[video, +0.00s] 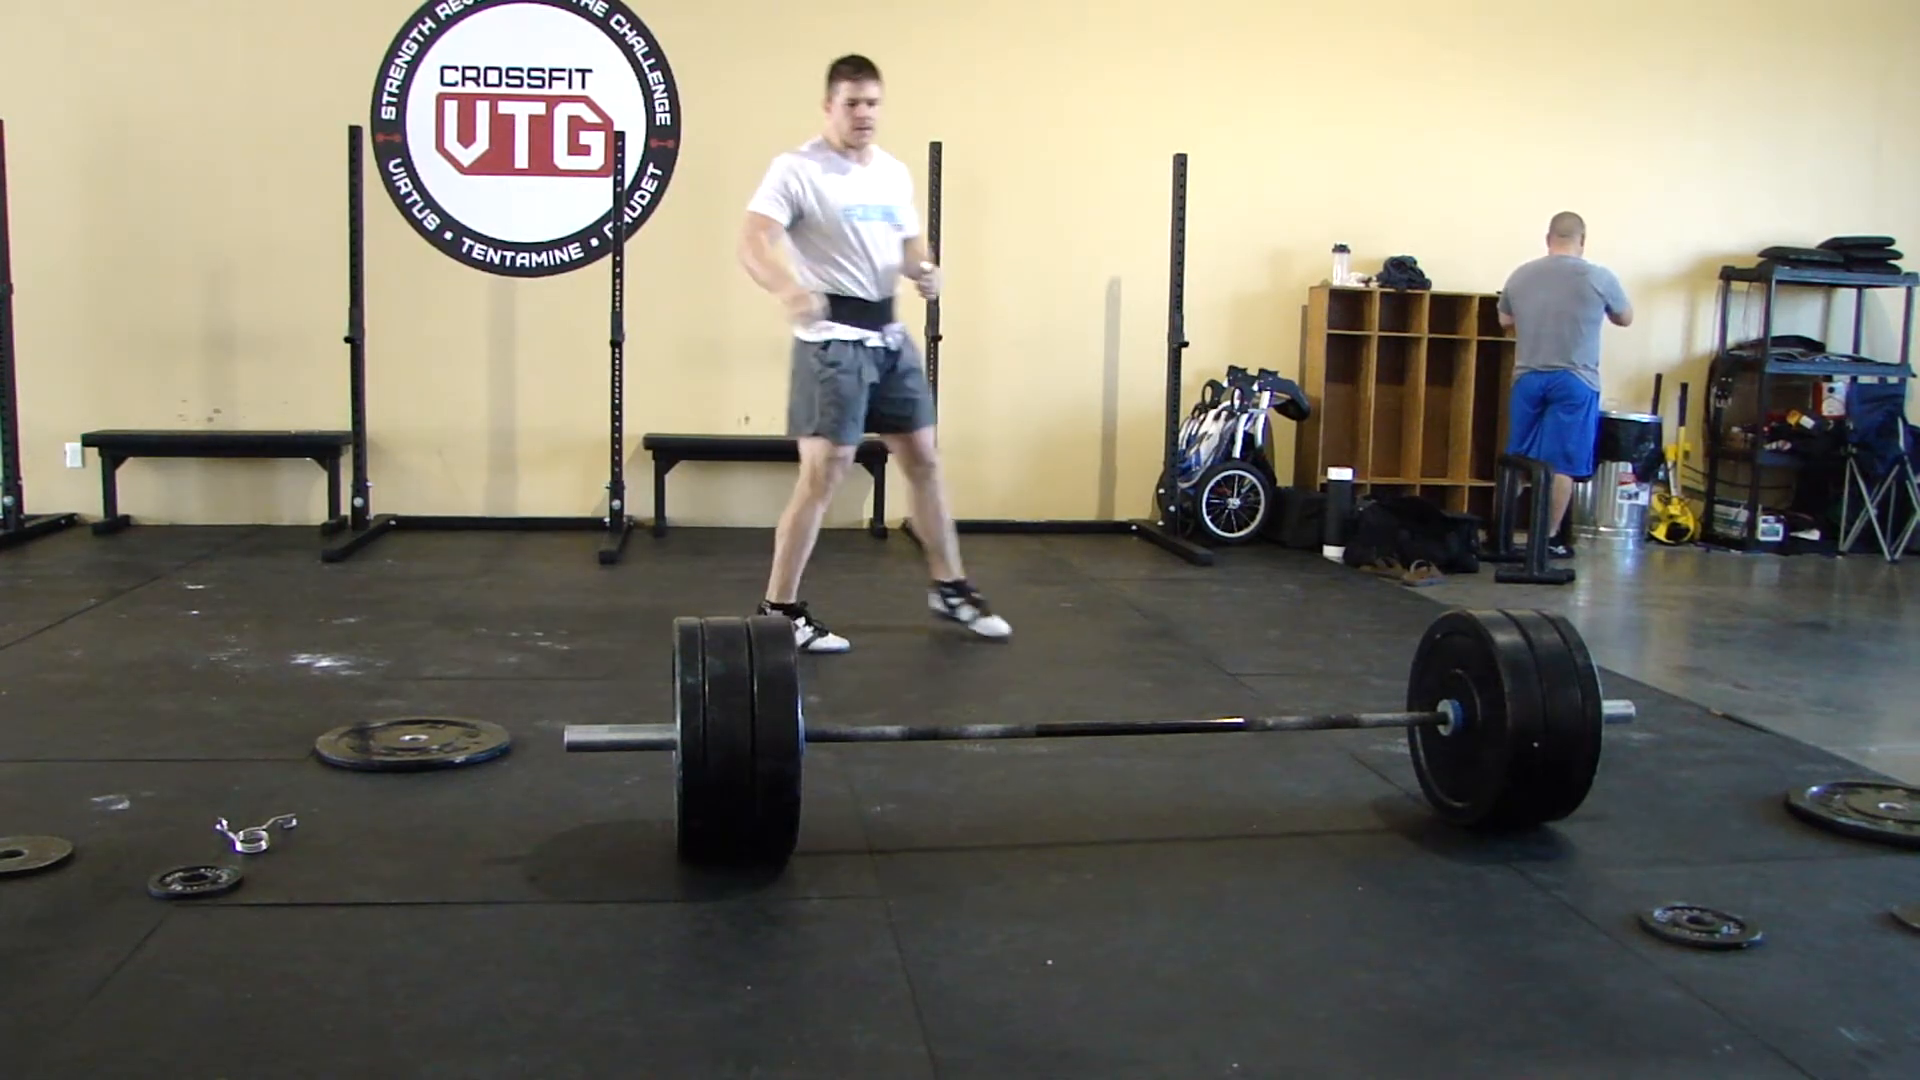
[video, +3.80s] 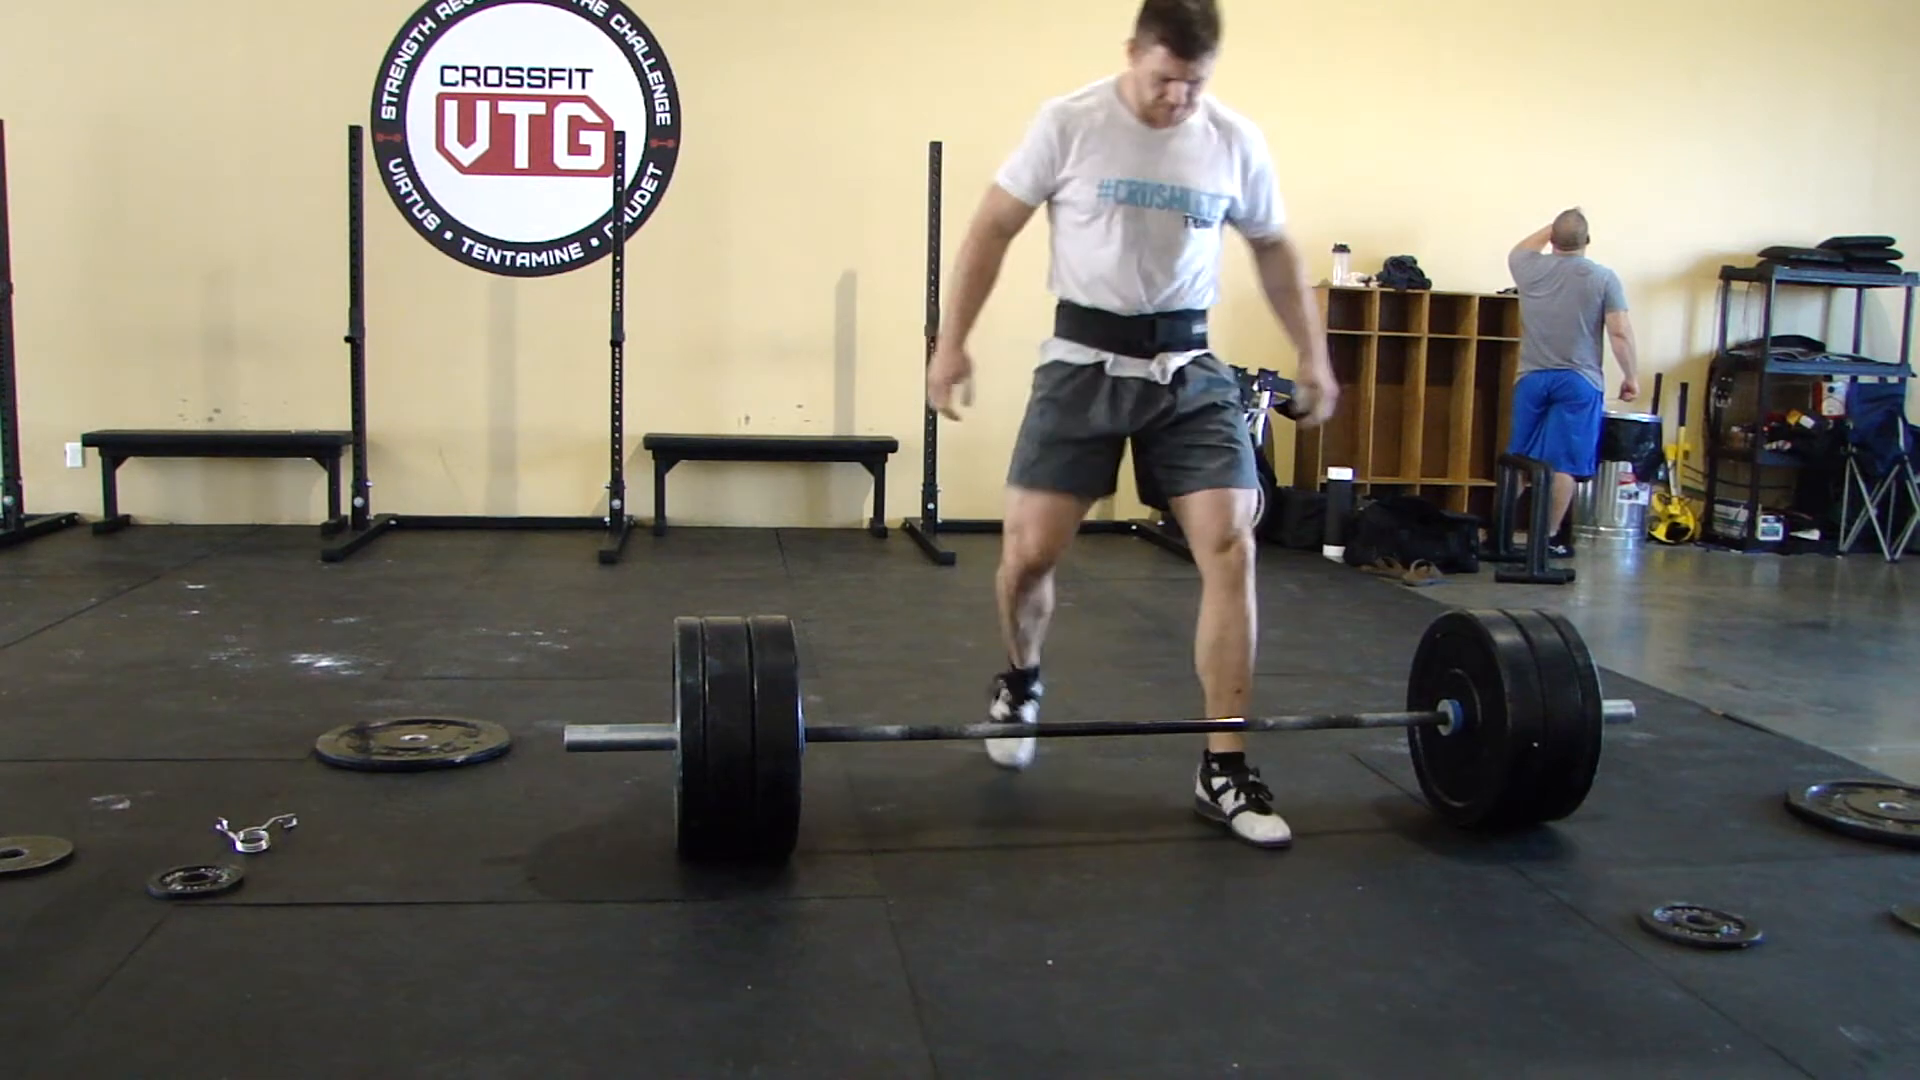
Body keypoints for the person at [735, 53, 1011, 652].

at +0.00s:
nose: (864, 114)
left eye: (872, 104)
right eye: (852, 103)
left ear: (882, 108)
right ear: (826, 106)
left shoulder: (893, 173)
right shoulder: (796, 170)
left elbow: (911, 248)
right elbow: (752, 243)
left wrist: (924, 271)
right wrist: (790, 291)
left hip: (890, 337)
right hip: (831, 337)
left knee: (923, 460)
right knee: (823, 473)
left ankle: (951, 590)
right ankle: (780, 611)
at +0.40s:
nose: (950, 107)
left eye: (959, 99)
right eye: (940, 99)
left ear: (974, 111)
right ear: (921, 109)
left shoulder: (996, 177)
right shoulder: (887, 169)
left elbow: (1024, 239)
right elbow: (843, 247)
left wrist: (1036, 279)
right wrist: (817, 325)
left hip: (972, 341)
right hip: (906, 341)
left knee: (974, 471)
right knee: (885, 467)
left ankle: (969, 599)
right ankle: (859, 596)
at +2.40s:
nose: (965, 129)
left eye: (975, 118)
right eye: (954, 117)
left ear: (988, 122)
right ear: (931, 117)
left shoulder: (1009, 189)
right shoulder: (891, 184)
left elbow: (1036, 264)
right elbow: (847, 259)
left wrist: (1057, 341)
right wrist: (839, 339)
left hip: (985, 357)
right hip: (911, 359)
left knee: (1010, 476)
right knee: (905, 483)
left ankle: (1024, 623)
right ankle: (899, 600)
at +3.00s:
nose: (1046, 101)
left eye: (1059, 88)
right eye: (1035, 87)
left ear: (1076, 89)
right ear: (1011, 84)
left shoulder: (1104, 163)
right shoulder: (965, 151)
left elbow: (1151, 238)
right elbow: (911, 231)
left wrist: (1182, 303)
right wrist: (879, 325)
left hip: (1064, 356)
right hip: (989, 351)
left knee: (1044, 507)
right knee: (989, 499)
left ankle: (1027, 642)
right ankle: (981, 668)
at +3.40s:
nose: (1077, 79)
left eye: (1089, 65)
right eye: (1064, 64)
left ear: (1105, 56)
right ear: (1031, 49)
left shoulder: (1129, 130)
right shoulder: (977, 125)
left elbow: (1157, 228)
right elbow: (917, 214)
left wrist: (1180, 328)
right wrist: (882, 303)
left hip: (1105, 346)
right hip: (1013, 347)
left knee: (1157, 509)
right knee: (1010, 517)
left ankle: (1093, 650)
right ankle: (995, 699)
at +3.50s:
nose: (1095, 81)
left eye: (1108, 66)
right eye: (1082, 65)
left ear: (1123, 55)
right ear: (1048, 47)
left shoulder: (1146, 130)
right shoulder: (991, 124)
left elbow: (1171, 230)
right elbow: (917, 211)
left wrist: (1192, 329)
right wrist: (880, 316)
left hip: (1123, 351)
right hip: (1027, 351)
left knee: (1165, 518)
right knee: (1015, 523)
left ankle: (1160, 718)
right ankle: (996, 706)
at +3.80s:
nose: (1179, 98)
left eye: (1194, 84)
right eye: (1164, 80)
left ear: (1212, 71)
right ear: (1130, 53)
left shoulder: (1235, 142)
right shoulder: (1067, 125)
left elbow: (1273, 249)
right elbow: (992, 227)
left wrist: (1314, 358)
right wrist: (950, 340)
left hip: (1189, 370)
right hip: (1081, 365)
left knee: (1231, 549)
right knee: (1028, 557)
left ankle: (1226, 766)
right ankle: (1022, 680)